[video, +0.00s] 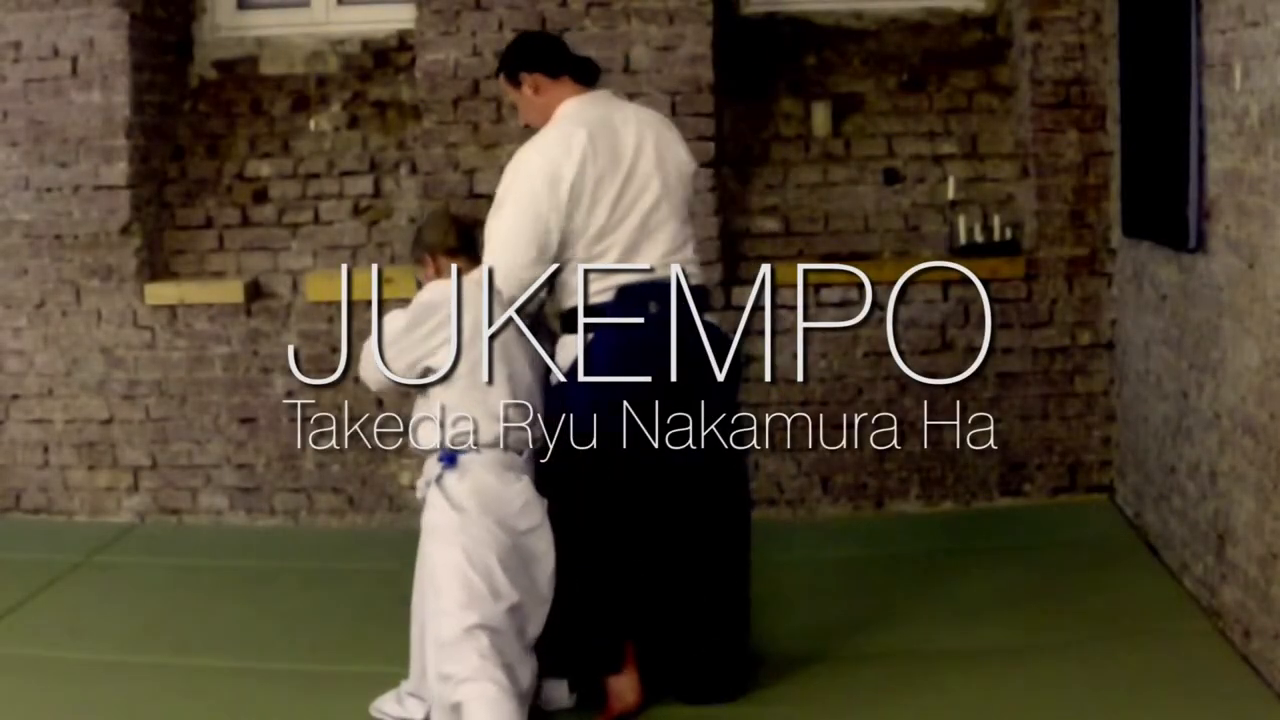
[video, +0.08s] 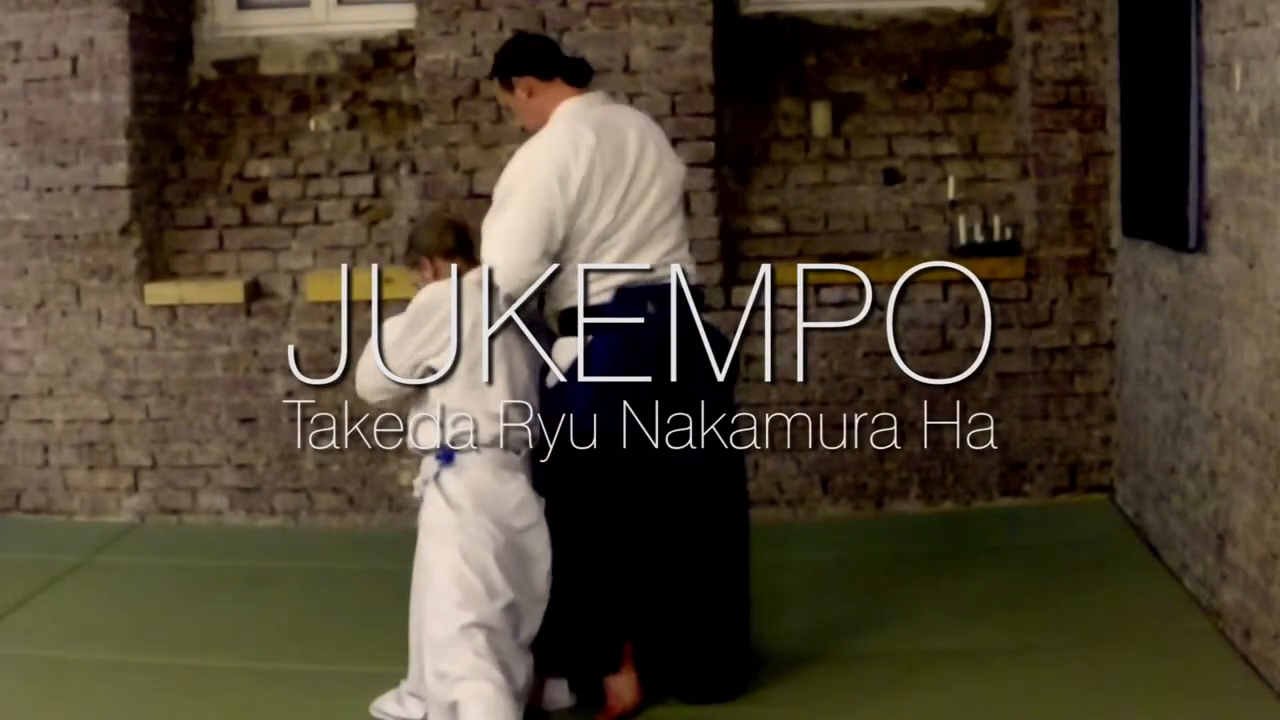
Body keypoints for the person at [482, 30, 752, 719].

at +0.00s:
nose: (519, 117)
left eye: (515, 102)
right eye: (514, 105)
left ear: (534, 84)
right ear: (576, 75)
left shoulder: (546, 153)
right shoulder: (661, 128)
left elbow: (509, 275)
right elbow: (681, 222)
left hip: (595, 343)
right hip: (680, 331)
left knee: (595, 509)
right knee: (682, 501)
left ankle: (617, 672)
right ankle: (699, 660)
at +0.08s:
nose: (512, 120)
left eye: (508, 105)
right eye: (506, 107)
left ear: (526, 87)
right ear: (569, 76)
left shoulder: (548, 152)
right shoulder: (648, 130)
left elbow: (508, 270)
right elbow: (664, 211)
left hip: (592, 348)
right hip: (672, 336)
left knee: (592, 513)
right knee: (673, 505)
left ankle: (614, 671)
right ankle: (693, 659)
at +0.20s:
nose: (501, 124)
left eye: (495, 110)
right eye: (495, 112)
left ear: (512, 94)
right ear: (554, 80)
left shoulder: (548, 152)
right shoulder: (624, 131)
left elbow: (500, 269)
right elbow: (578, 225)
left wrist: (447, 282)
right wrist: (480, 226)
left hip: (593, 349)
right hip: (661, 336)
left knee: (576, 512)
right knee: (632, 506)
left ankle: (613, 670)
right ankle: (628, 665)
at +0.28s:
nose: (485, 126)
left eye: (481, 112)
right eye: (480, 115)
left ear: (499, 98)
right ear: (540, 84)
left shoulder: (541, 151)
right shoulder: (613, 133)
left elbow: (494, 272)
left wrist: (446, 281)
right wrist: (478, 230)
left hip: (587, 355)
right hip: (653, 343)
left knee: (567, 520)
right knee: (624, 513)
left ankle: (543, 679)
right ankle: (622, 668)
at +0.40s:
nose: (478, 139)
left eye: (471, 125)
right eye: (473, 127)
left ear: (485, 107)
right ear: (525, 91)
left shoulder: (537, 150)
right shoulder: (593, 136)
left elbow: (479, 250)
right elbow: (516, 205)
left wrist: (424, 230)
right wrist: (439, 215)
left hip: (579, 352)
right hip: (641, 340)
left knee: (559, 518)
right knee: (614, 514)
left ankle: (537, 676)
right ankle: (622, 664)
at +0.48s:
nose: (468, 135)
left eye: (463, 122)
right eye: (463, 123)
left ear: (479, 109)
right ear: (517, 91)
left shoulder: (509, 164)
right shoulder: (590, 133)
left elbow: (435, 256)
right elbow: (508, 206)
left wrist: (389, 255)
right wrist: (413, 221)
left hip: (577, 350)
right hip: (644, 336)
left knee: (561, 516)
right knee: (621, 510)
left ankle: (541, 679)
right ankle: (623, 664)